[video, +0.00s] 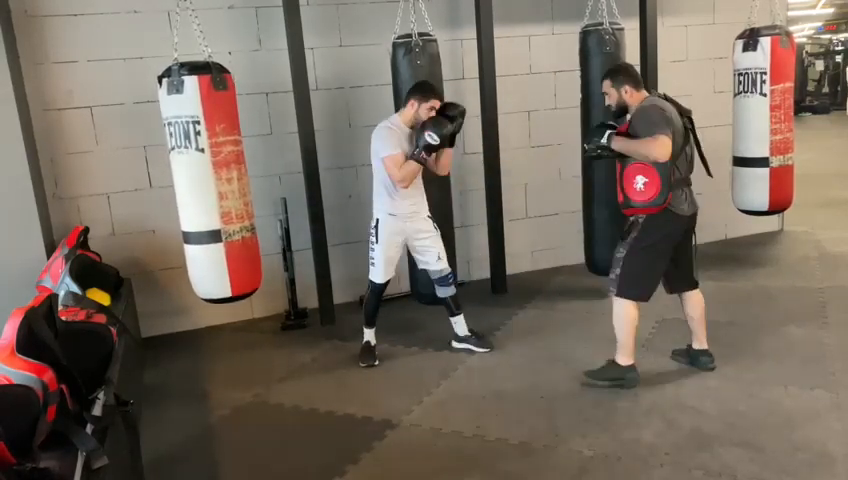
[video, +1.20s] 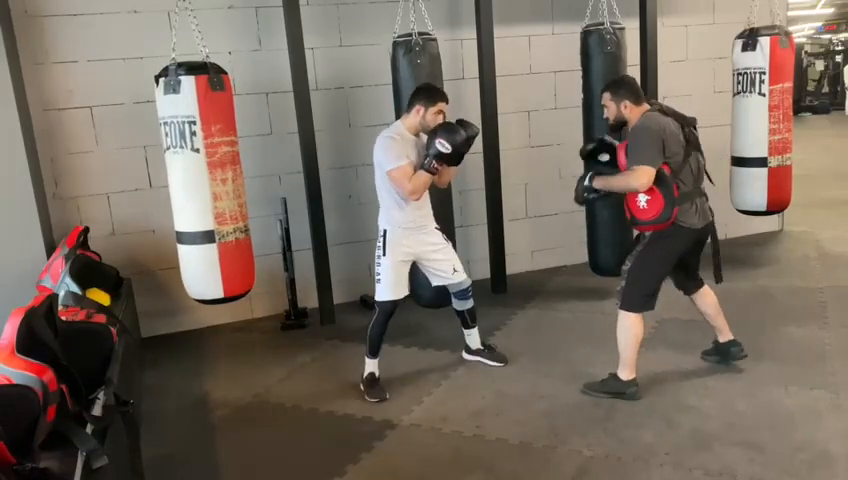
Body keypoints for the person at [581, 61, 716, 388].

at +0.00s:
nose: (607, 101)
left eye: (609, 93)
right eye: (606, 94)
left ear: (625, 89)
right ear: (634, 89)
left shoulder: (647, 111)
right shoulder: (662, 107)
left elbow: (660, 151)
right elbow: (660, 153)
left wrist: (612, 140)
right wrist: (615, 140)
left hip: (660, 214)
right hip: (682, 212)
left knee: (624, 286)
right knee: (685, 282)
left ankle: (624, 364)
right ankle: (700, 350)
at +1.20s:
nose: (605, 113)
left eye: (606, 106)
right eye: (604, 107)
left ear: (624, 104)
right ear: (635, 101)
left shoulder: (645, 128)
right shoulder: (665, 117)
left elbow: (640, 180)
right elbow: (670, 164)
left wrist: (596, 181)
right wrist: (621, 154)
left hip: (672, 226)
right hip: (697, 221)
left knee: (633, 295)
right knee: (688, 278)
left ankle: (625, 377)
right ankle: (727, 342)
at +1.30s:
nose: (602, 114)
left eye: (603, 107)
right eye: (600, 108)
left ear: (620, 104)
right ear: (632, 100)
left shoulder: (639, 127)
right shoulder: (662, 116)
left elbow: (638, 178)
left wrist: (592, 204)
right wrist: (615, 136)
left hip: (670, 224)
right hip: (697, 219)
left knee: (633, 297)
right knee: (685, 278)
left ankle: (625, 377)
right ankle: (717, 342)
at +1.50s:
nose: (625, 116)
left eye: (630, 108)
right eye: (623, 109)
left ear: (658, 104)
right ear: (663, 106)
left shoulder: (670, 141)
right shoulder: (691, 129)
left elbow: (665, 204)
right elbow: (661, 184)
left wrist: (604, 197)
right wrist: (626, 149)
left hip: (694, 263)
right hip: (723, 255)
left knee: (640, 348)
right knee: (705, 327)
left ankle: (639, 447)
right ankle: (741, 405)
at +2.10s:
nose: (604, 120)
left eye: (610, 112)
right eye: (602, 112)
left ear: (638, 111)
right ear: (638, 113)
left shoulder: (660, 147)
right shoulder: (640, 145)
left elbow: (675, 209)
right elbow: (609, 188)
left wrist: (608, 197)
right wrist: (592, 151)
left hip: (663, 273)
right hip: (667, 268)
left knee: (613, 363)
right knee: (687, 344)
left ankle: (604, 461)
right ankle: (738, 408)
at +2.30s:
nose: (581, 140)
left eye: (585, 132)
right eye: (580, 132)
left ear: (611, 131)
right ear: (602, 132)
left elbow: (693, 216)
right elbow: (566, 198)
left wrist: (647, 177)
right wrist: (547, 200)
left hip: (657, 279)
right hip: (625, 277)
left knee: (601, 365)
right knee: (654, 350)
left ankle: (605, 465)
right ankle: (723, 394)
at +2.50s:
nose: (581, 139)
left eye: (586, 131)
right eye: (579, 131)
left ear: (612, 128)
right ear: (607, 129)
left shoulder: (662, 156)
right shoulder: (605, 164)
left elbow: (682, 211)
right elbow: (581, 226)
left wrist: (626, 174)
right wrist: (572, 201)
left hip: (656, 283)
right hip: (633, 280)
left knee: (593, 368)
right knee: (663, 354)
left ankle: (605, 464)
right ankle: (728, 409)